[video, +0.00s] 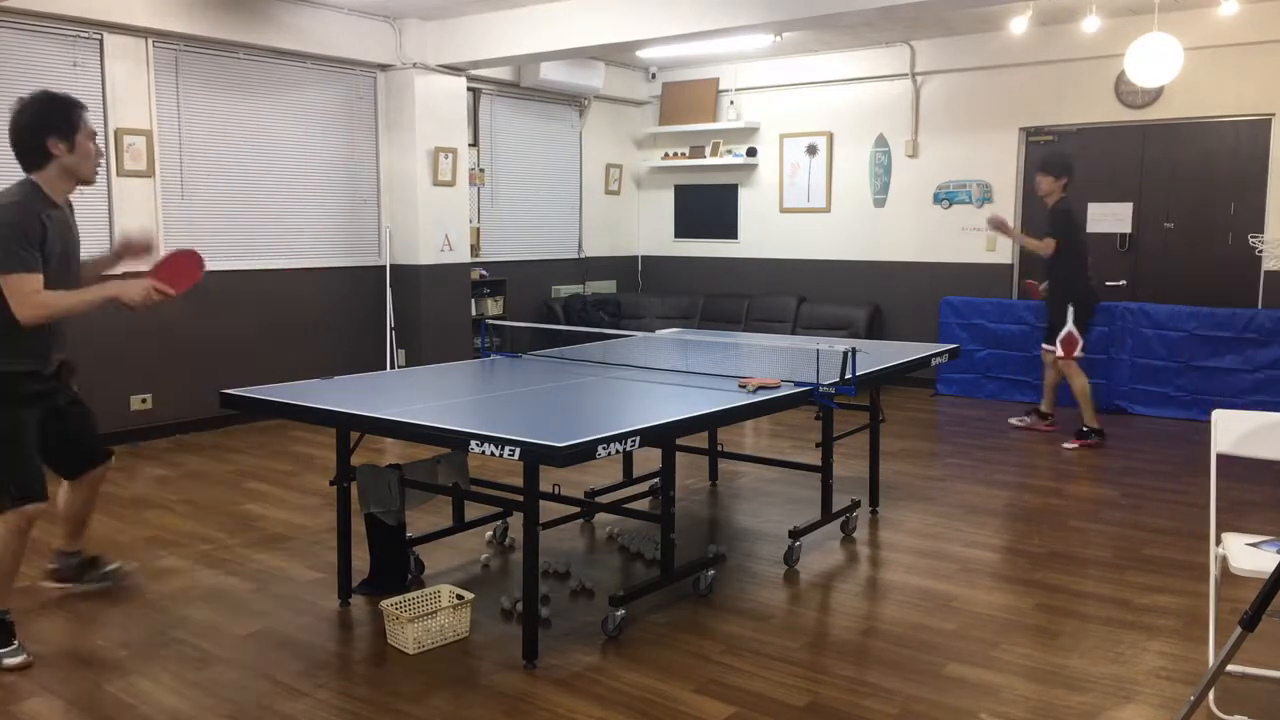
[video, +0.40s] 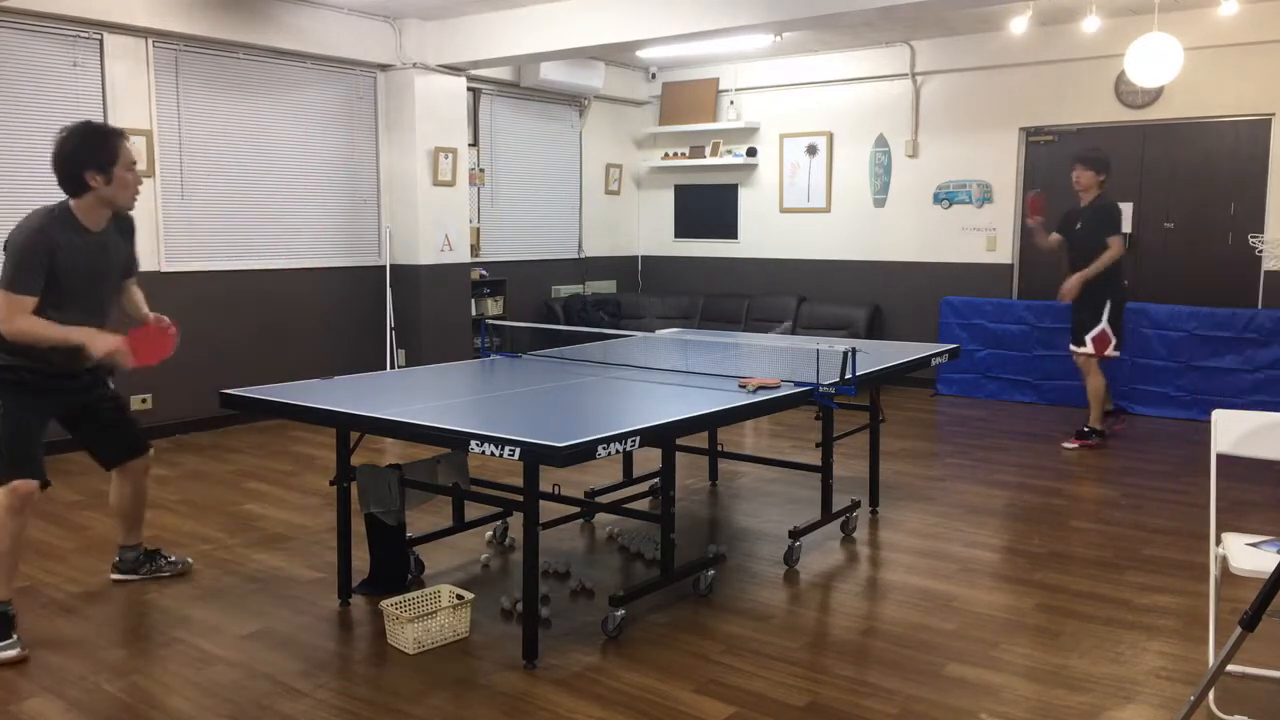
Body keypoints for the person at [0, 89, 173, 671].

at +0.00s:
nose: (98, 148)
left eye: (94, 137)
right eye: (88, 139)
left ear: (61, 147)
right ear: (55, 148)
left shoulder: (59, 208)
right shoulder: (18, 211)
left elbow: (59, 283)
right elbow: (27, 306)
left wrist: (112, 259)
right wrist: (116, 288)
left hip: (46, 376)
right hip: (11, 383)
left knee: (89, 462)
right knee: (21, 502)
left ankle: (69, 558)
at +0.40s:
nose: (139, 178)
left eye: (136, 167)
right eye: (130, 169)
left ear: (100, 178)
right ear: (95, 180)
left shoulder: (120, 227)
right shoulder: (36, 235)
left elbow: (122, 285)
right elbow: (10, 321)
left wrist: (145, 318)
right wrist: (89, 337)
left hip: (79, 373)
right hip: (19, 377)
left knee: (133, 455)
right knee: (20, 487)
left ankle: (130, 554)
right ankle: (2, 611)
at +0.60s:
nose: (147, 198)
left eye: (145, 187)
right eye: (138, 190)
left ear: (110, 198)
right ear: (102, 200)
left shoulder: (136, 242)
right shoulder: (34, 248)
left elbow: (145, 296)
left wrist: (166, 332)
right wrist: (12, 364)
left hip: (93, 377)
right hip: (29, 378)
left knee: (151, 463)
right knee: (19, 487)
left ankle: (132, 555)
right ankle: (2, 607)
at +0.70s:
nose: (158, 215)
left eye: (157, 204)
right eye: (148, 207)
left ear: (124, 217)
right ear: (112, 217)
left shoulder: (146, 255)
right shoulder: (43, 257)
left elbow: (157, 306)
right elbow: (4, 319)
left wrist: (172, 348)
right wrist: (1, 384)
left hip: (97, 382)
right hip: (32, 382)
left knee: (161, 463)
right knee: (23, 485)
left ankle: (137, 553)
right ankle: (2, 605)